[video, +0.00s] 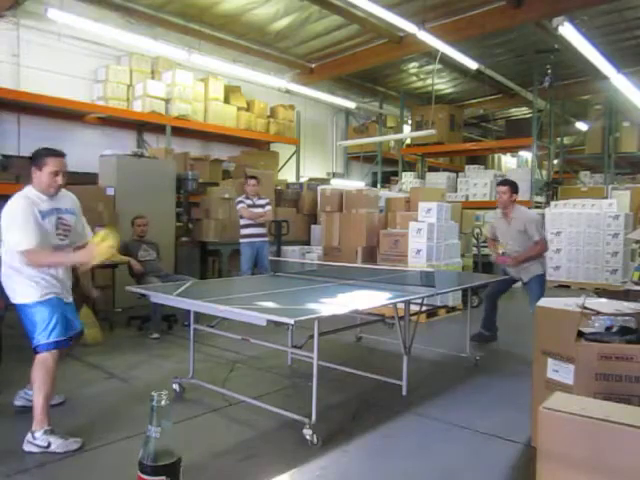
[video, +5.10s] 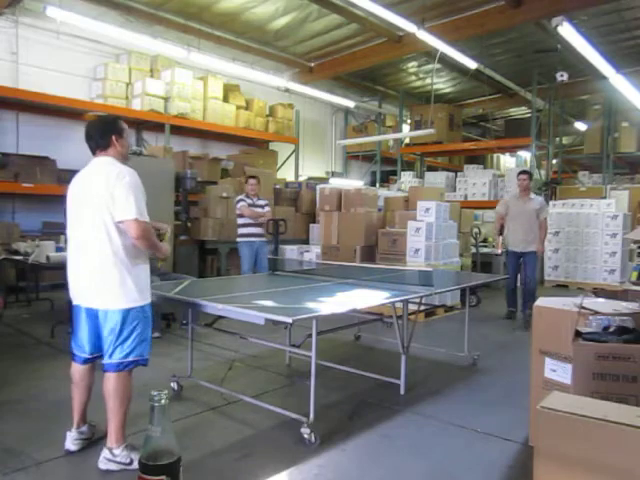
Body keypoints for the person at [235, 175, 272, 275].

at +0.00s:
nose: (252, 188)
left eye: (255, 185)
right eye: (249, 185)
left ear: (258, 187)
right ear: (245, 187)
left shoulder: (265, 200)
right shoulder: (240, 200)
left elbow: (269, 216)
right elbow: (246, 214)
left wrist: (254, 219)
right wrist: (262, 214)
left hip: (262, 239)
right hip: (247, 239)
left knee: (265, 269)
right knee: (246, 270)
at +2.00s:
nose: (263, 187)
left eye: (265, 184)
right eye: (260, 184)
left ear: (268, 186)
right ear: (256, 186)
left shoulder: (275, 199)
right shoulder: (252, 198)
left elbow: (278, 215)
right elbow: (253, 211)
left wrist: (263, 217)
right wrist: (271, 212)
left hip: (270, 237)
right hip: (255, 237)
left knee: (269, 266)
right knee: (250, 267)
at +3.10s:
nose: (248, 186)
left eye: (250, 184)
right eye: (245, 184)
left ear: (254, 185)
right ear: (241, 186)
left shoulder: (259, 199)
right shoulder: (236, 199)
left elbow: (266, 216)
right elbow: (243, 212)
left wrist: (251, 217)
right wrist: (258, 212)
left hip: (258, 238)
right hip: (242, 239)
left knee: (262, 269)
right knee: (244, 270)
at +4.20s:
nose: (262, 188)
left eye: (264, 185)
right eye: (259, 185)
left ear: (268, 186)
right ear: (256, 187)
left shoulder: (274, 201)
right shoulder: (251, 200)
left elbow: (279, 215)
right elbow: (256, 213)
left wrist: (266, 218)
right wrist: (272, 213)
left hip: (270, 239)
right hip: (254, 239)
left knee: (268, 269)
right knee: (251, 269)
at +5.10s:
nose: (252, 187)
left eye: (255, 185)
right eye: (250, 185)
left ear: (258, 186)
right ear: (246, 186)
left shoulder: (264, 202)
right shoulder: (240, 199)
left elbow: (269, 216)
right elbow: (246, 212)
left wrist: (254, 217)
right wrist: (262, 214)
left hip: (261, 239)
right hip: (245, 239)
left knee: (263, 269)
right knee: (247, 270)